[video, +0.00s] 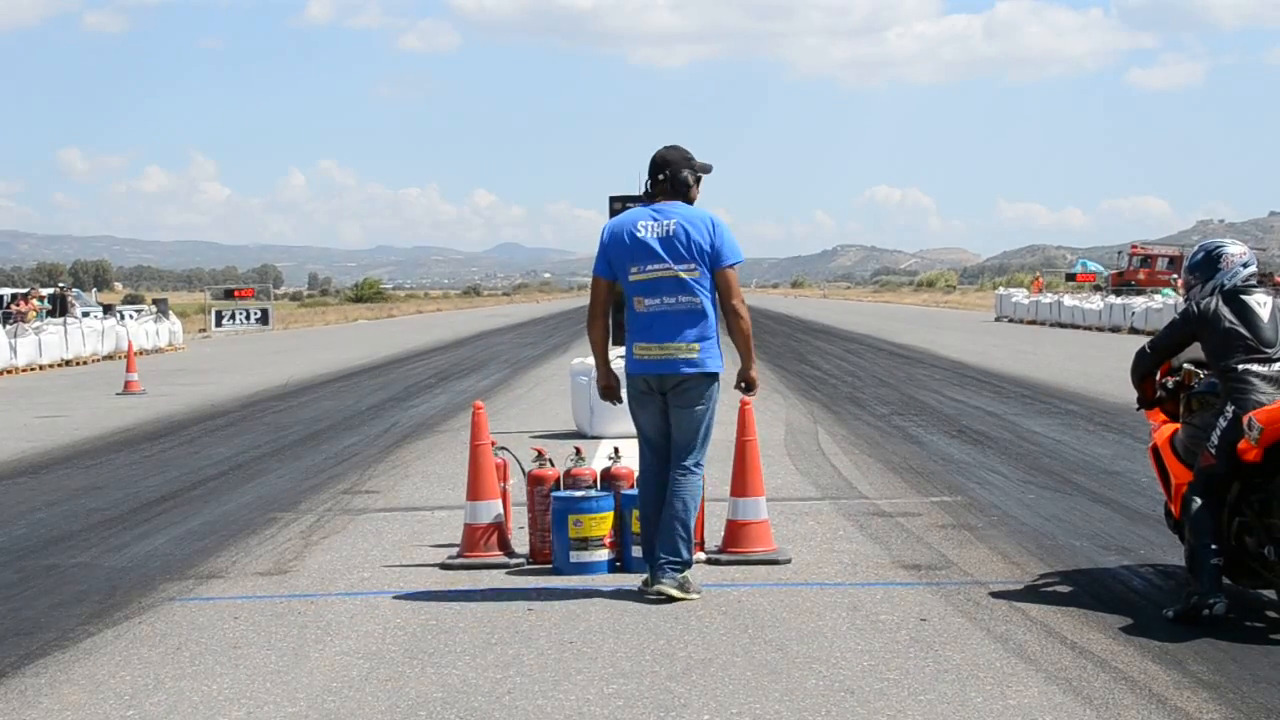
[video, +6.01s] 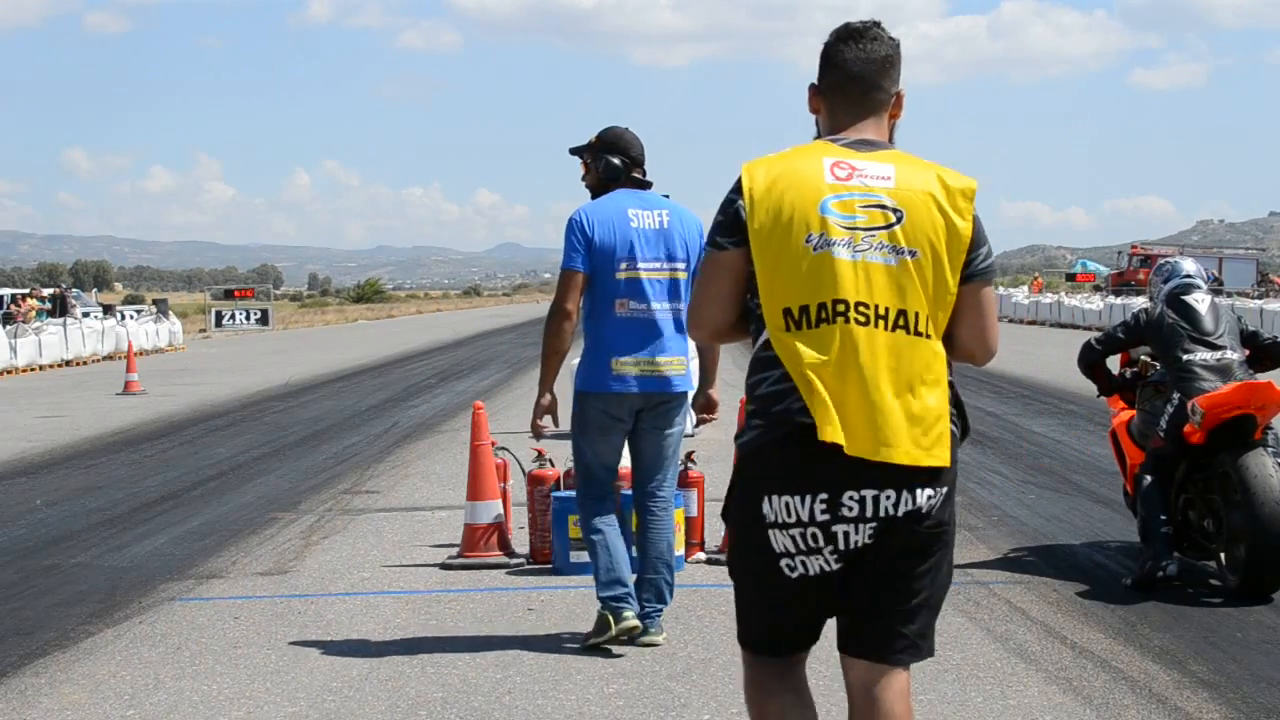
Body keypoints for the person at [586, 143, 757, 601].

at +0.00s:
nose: (699, 190)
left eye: (699, 182)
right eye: (698, 183)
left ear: (652, 182)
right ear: (689, 184)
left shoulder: (618, 229)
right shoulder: (707, 226)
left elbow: (598, 309)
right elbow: (733, 304)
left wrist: (603, 368)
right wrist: (748, 363)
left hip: (641, 366)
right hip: (694, 365)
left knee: (653, 463)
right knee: (687, 464)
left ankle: (656, 567)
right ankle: (669, 571)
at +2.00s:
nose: (581, 190)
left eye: (584, 183)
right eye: (582, 183)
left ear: (596, 185)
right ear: (628, 184)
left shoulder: (577, 227)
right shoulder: (663, 221)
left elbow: (517, 265)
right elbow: (714, 274)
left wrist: (464, 292)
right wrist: (757, 305)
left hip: (602, 363)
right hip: (659, 360)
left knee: (609, 469)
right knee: (662, 462)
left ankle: (617, 571)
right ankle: (667, 569)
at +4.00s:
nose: (647, 190)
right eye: (648, 183)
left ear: (604, 186)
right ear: (647, 185)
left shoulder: (573, 229)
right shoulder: (666, 229)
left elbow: (546, 305)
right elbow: (690, 314)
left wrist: (544, 364)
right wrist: (702, 374)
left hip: (593, 368)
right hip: (651, 366)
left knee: (603, 471)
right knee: (644, 472)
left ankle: (609, 572)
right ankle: (635, 584)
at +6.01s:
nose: (583, 176)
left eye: (586, 167)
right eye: (583, 167)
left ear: (600, 169)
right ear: (640, 170)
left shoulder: (589, 218)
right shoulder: (688, 221)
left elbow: (566, 311)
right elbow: (708, 308)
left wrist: (546, 386)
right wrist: (710, 382)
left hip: (607, 380)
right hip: (673, 379)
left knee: (597, 495)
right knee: (658, 496)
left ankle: (618, 606)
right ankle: (651, 616)